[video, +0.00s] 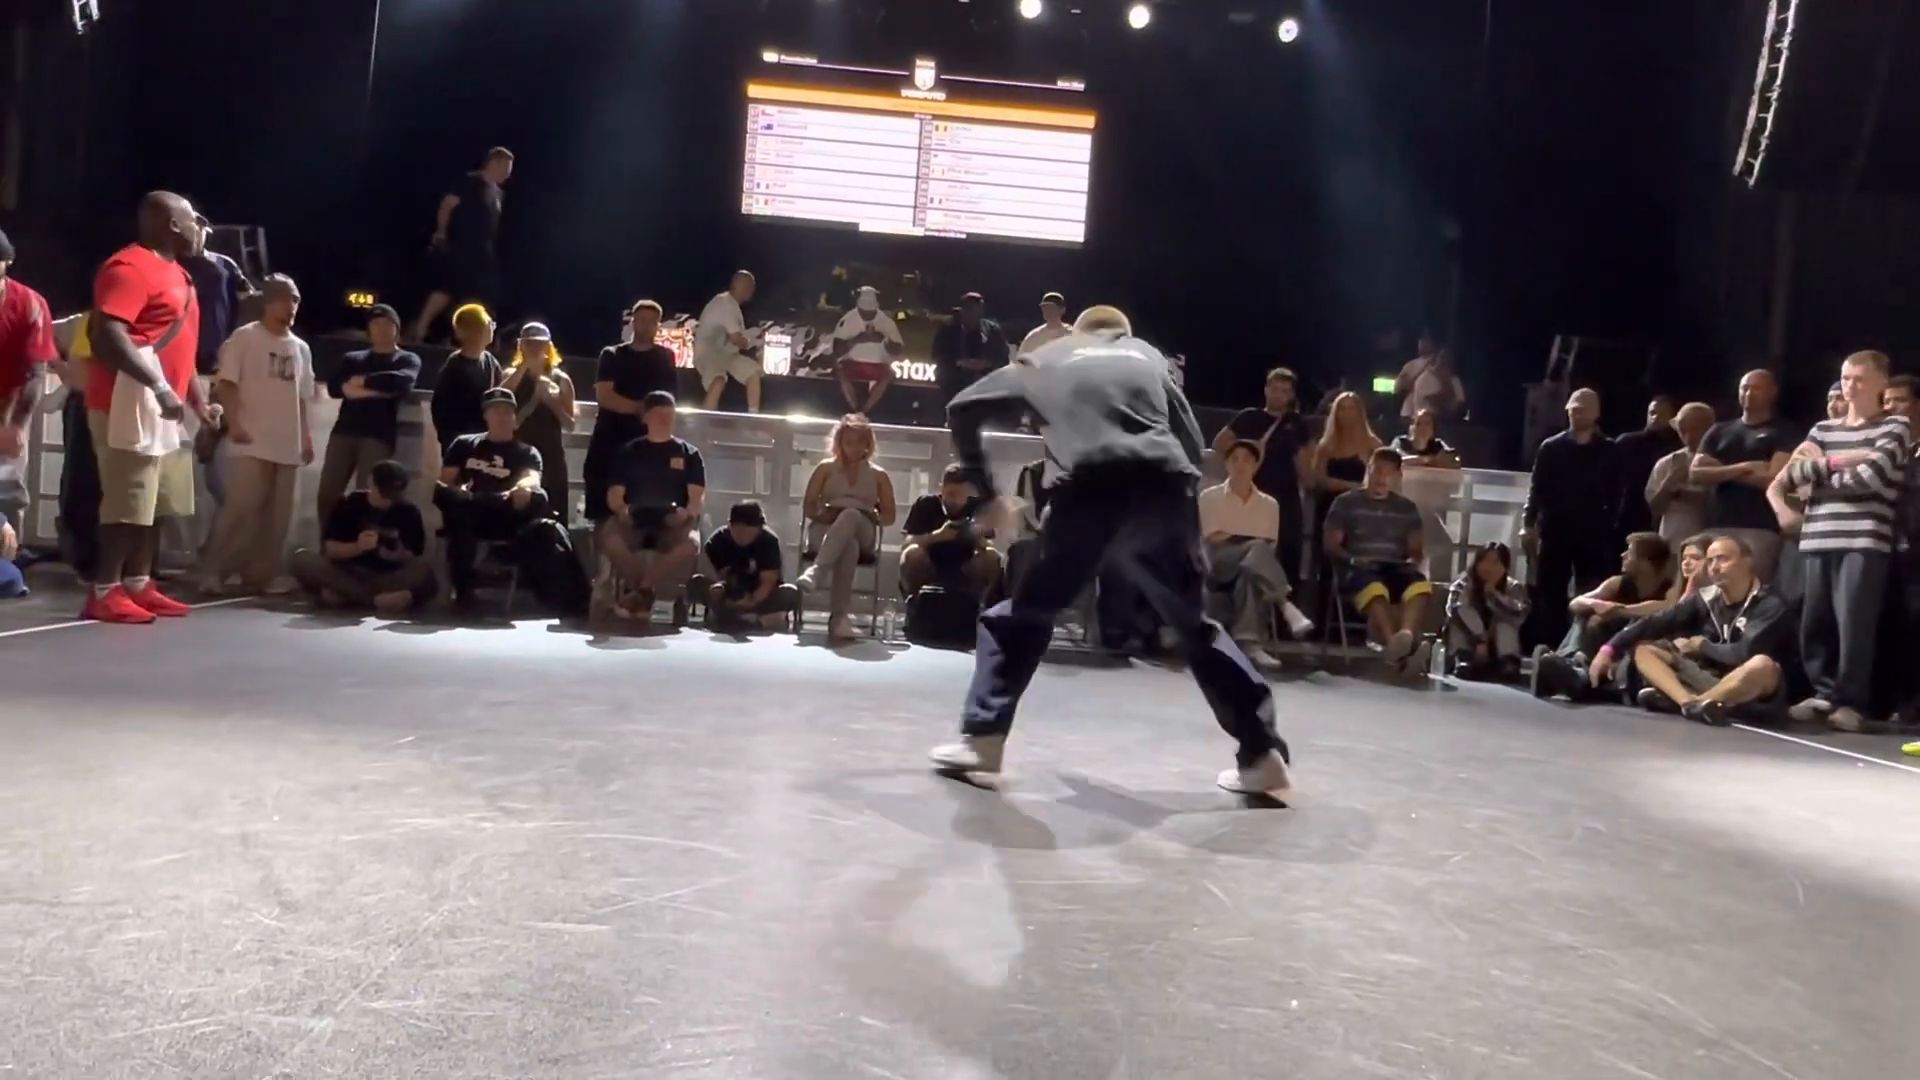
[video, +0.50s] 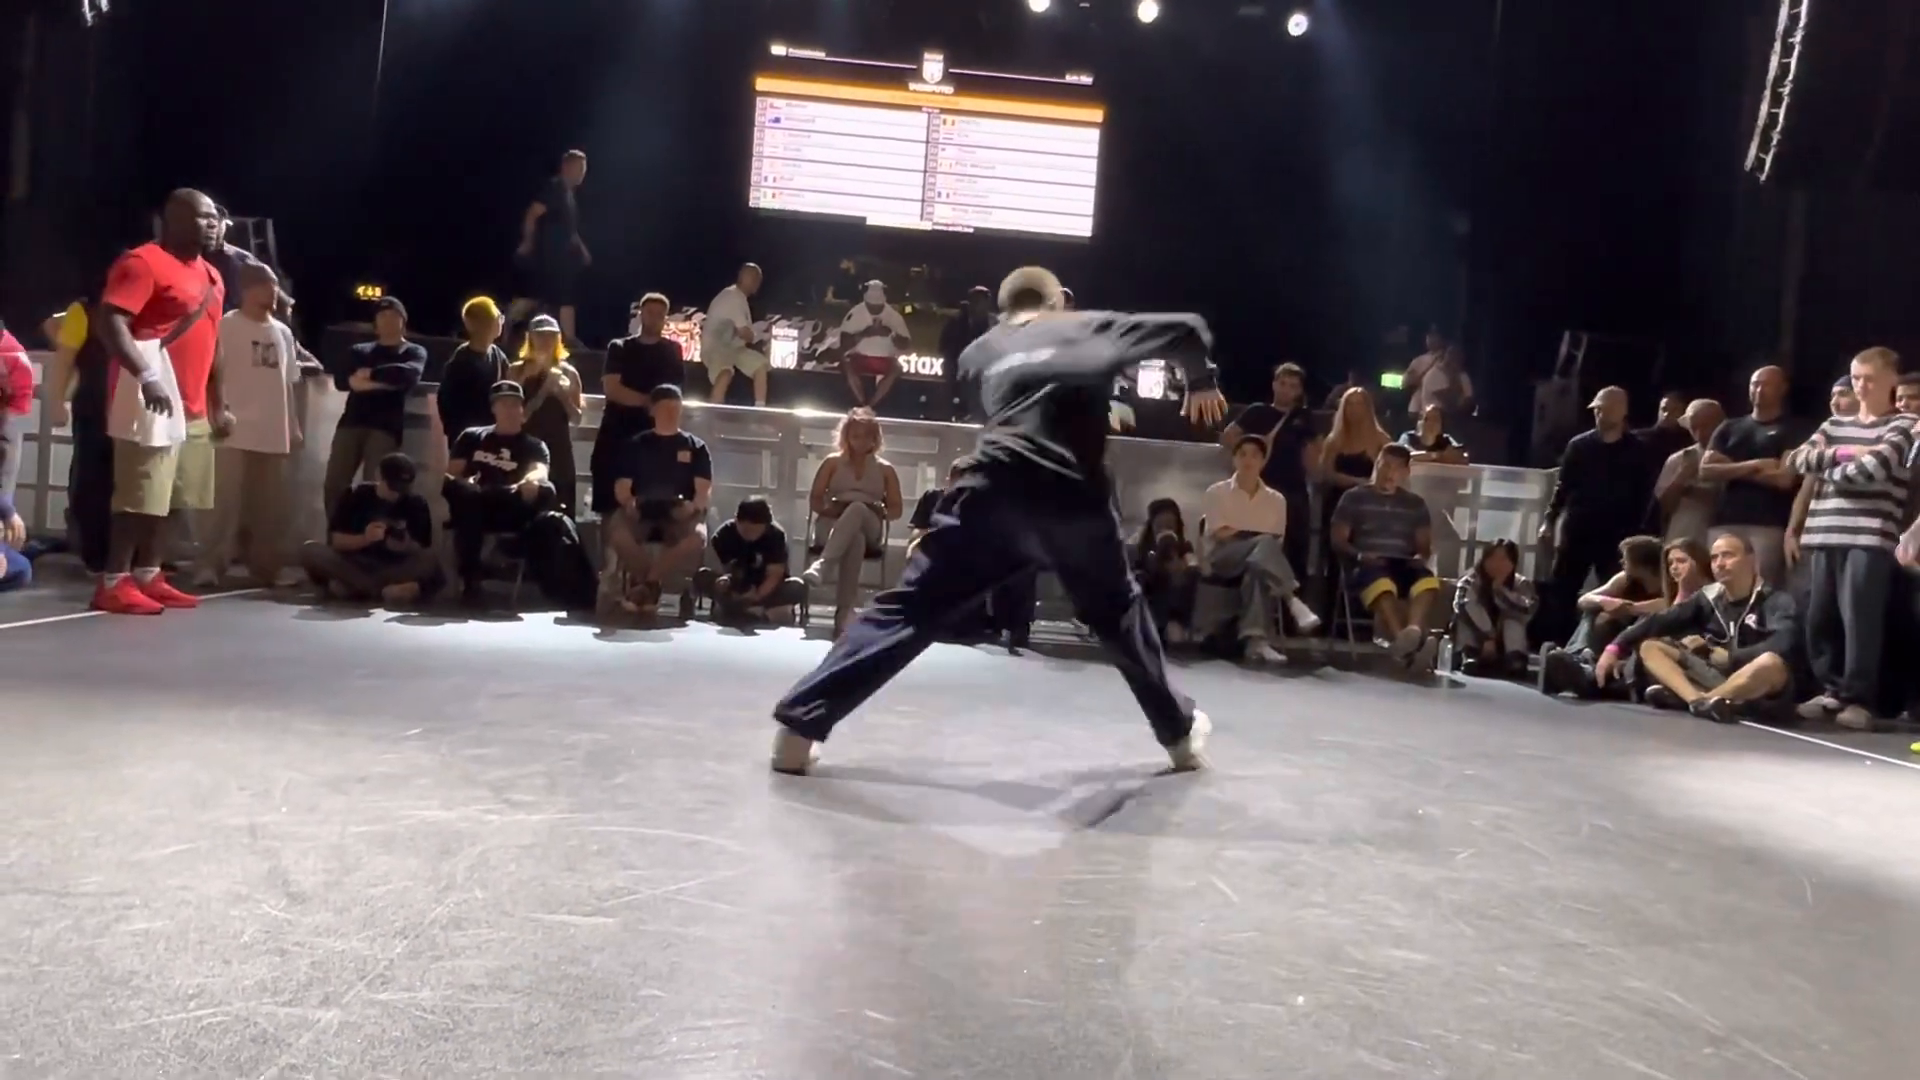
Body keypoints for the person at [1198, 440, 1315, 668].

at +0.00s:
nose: (1240, 465)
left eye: (1247, 459)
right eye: (1235, 459)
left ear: (1256, 466)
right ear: (1227, 464)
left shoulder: (1269, 505)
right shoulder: (1209, 498)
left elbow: (1269, 545)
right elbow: (1213, 539)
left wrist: (1229, 536)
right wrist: (1257, 540)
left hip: (1256, 565)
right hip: (1218, 562)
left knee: (1249, 575)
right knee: (1258, 548)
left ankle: (1250, 643)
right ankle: (1286, 605)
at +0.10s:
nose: (1242, 465)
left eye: (1248, 460)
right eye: (1237, 459)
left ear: (1257, 466)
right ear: (1228, 464)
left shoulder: (1270, 504)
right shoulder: (1211, 497)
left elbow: (1270, 545)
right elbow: (1212, 539)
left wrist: (1230, 537)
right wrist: (1258, 541)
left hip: (1256, 567)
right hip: (1217, 563)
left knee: (1250, 575)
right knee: (1260, 547)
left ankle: (1251, 645)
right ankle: (1288, 605)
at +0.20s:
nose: (1243, 464)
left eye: (1249, 459)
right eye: (1238, 458)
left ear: (1258, 466)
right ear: (1230, 464)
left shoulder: (1272, 504)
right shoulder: (1212, 496)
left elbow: (1271, 545)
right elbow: (1213, 539)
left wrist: (1231, 537)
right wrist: (1259, 541)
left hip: (1257, 566)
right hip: (1217, 563)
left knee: (1251, 575)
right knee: (1260, 547)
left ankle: (1252, 644)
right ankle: (1289, 605)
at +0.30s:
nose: (1244, 463)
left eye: (1250, 458)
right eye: (1239, 458)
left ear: (1259, 465)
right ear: (1231, 463)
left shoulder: (1272, 503)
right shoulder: (1214, 495)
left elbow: (1273, 543)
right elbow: (1215, 536)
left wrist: (1233, 536)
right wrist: (1263, 541)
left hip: (1259, 563)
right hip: (1220, 560)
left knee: (1253, 574)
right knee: (1263, 545)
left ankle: (1253, 644)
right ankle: (1288, 603)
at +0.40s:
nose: (1246, 462)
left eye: (1252, 457)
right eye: (1241, 457)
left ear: (1261, 463)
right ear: (1233, 462)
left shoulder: (1274, 501)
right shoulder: (1215, 494)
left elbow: (1273, 542)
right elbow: (1219, 536)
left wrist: (1234, 533)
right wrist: (1263, 538)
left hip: (1260, 563)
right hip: (1221, 559)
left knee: (1254, 572)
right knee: (1264, 546)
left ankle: (1255, 643)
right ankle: (1291, 603)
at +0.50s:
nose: (1248, 461)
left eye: (1255, 456)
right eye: (1243, 455)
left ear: (1263, 462)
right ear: (1235, 460)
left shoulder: (1276, 499)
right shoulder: (1216, 493)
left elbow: (1275, 540)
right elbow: (1220, 535)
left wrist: (1235, 532)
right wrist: (1265, 537)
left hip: (1262, 561)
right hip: (1224, 558)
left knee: (1256, 571)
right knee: (1266, 544)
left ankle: (1257, 641)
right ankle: (1293, 601)